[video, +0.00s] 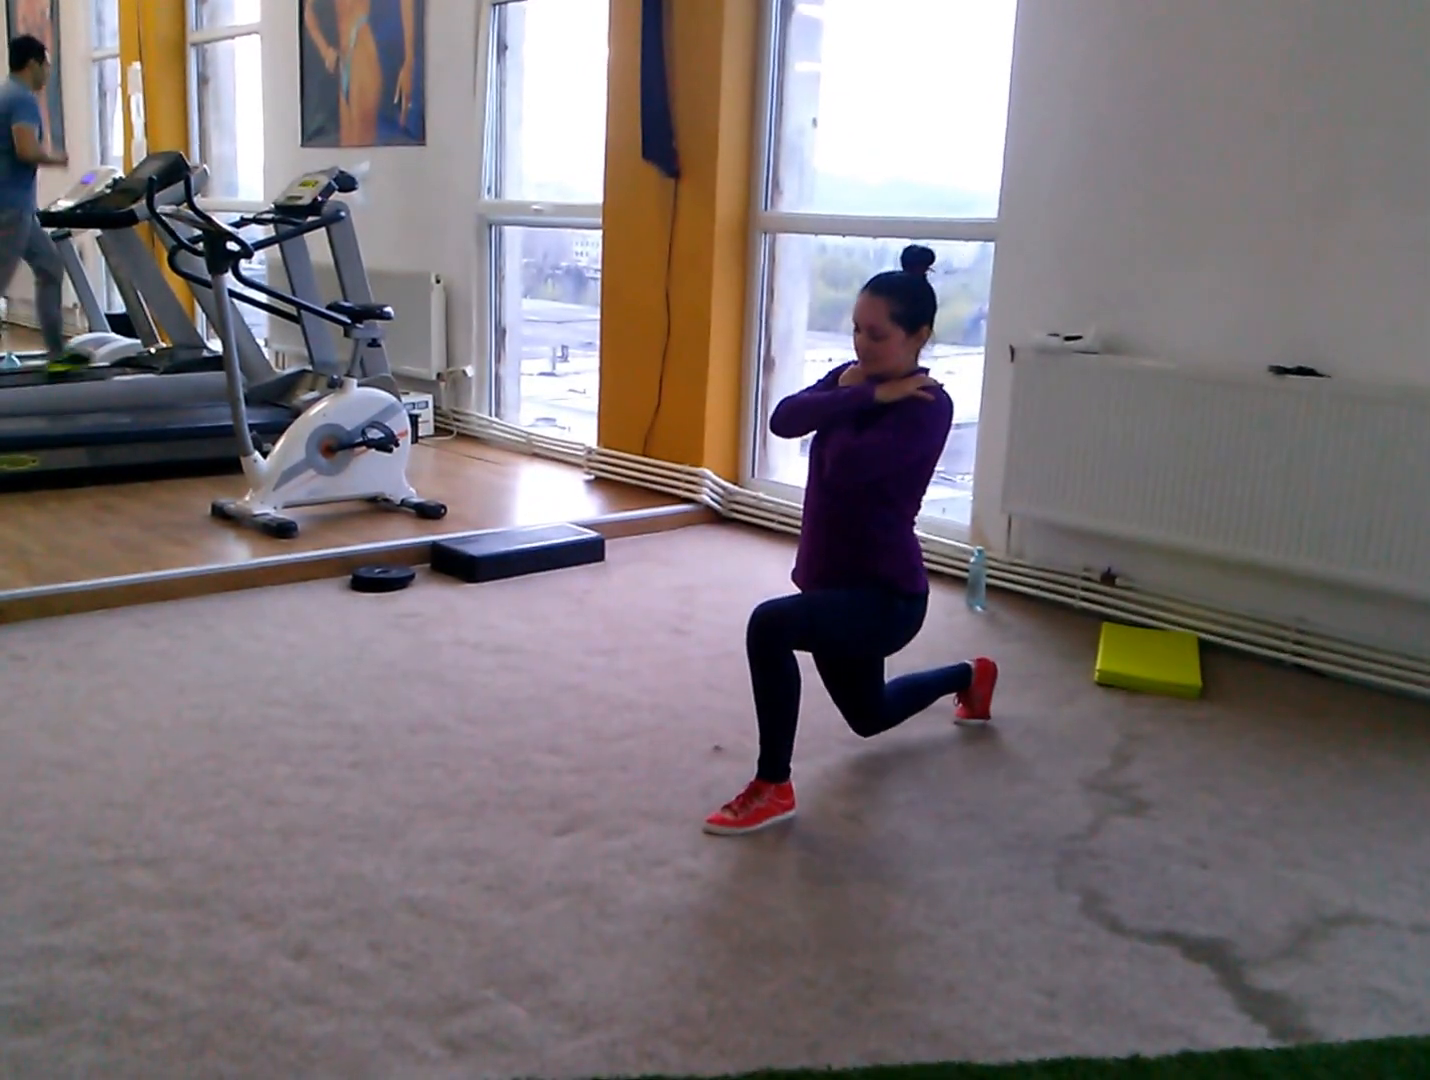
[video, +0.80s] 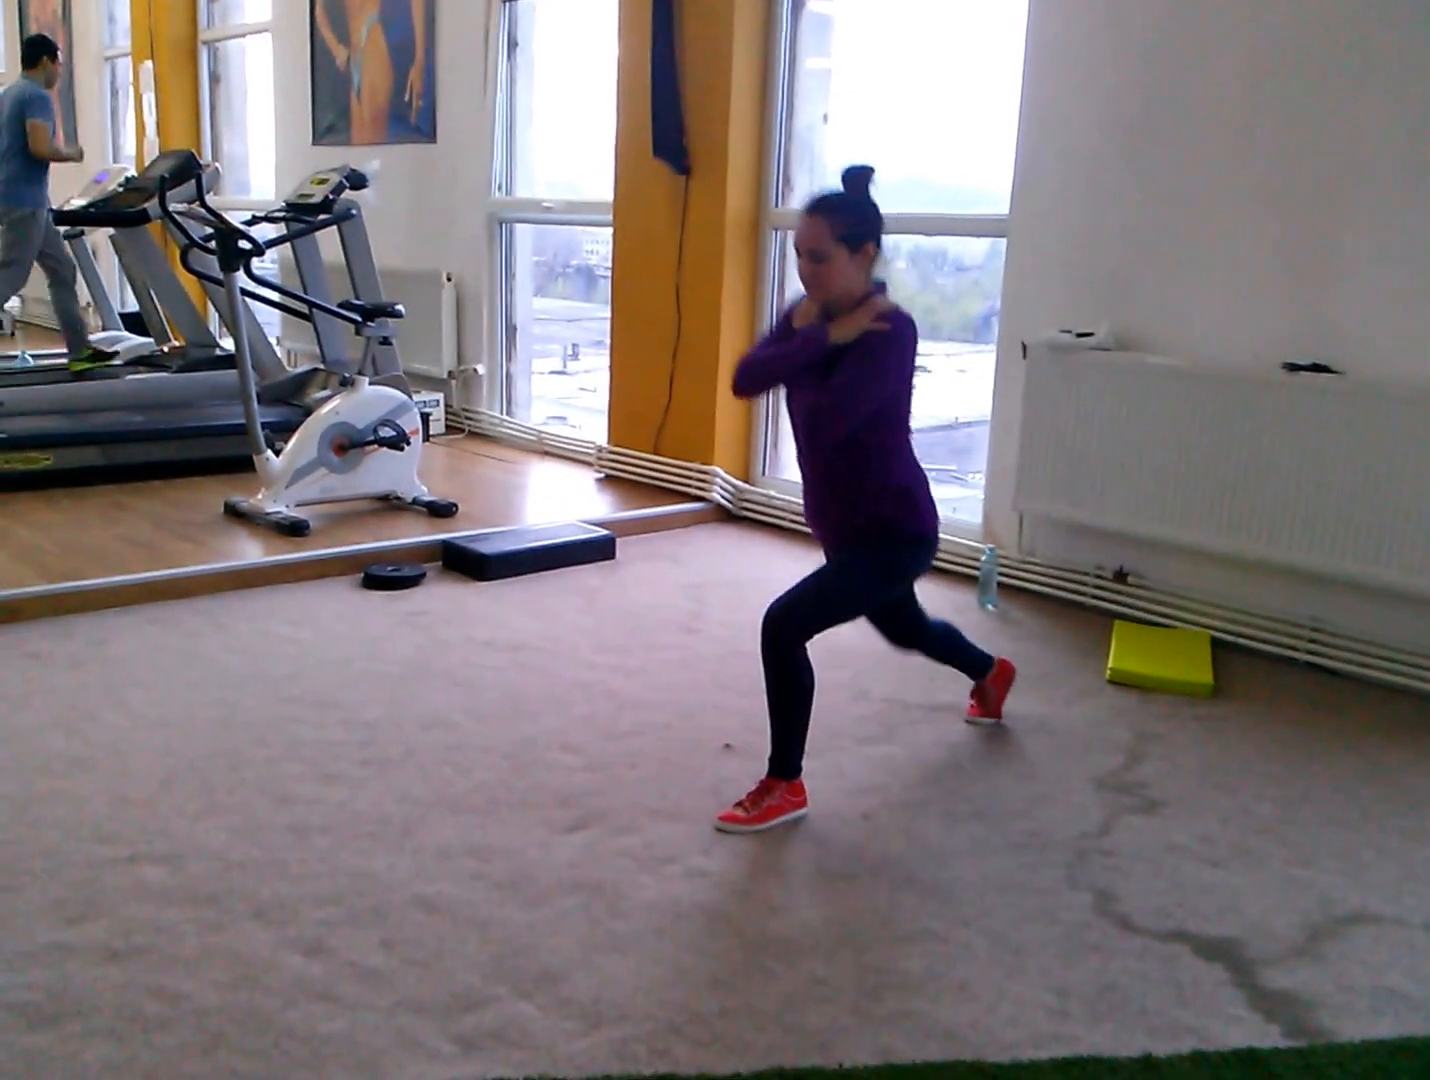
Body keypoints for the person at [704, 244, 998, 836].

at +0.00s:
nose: (859, 345)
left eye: (873, 336)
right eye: (856, 331)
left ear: (917, 339)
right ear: (851, 325)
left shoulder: (929, 409)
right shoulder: (848, 379)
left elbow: (851, 467)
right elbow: (783, 420)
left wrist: (833, 408)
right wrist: (873, 393)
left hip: (886, 598)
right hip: (826, 588)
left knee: (769, 626)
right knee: (868, 714)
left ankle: (772, 785)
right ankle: (970, 678)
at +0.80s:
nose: (806, 271)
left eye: (819, 257)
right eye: (801, 258)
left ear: (866, 256)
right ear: (800, 258)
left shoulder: (891, 335)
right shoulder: (803, 317)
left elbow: (830, 421)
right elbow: (743, 381)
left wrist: (795, 345)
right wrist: (828, 336)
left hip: (895, 537)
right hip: (844, 533)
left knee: (784, 625)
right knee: (909, 629)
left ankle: (784, 783)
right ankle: (988, 670)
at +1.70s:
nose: (894, 310)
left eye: (910, 299)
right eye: (891, 295)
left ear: (951, 307)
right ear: (886, 294)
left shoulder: (955, 382)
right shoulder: (875, 356)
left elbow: (884, 455)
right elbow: (811, 405)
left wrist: (870, 374)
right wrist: (896, 371)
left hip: (938, 578)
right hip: (881, 569)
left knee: (822, 622)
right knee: (943, 670)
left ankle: (813, 785)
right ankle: (1034, 666)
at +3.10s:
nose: (793, 247)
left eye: (810, 235)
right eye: (791, 232)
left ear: (857, 247)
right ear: (787, 239)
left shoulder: (873, 324)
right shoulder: (785, 316)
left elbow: (830, 432)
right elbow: (736, 396)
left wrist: (787, 346)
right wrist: (811, 336)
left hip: (933, 518)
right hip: (884, 523)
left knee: (830, 645)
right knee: (919, 647)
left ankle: (840, 805)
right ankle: (1001, 672)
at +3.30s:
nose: (790, 172)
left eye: (808, 162)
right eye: (789, 160)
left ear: (856, 181)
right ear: (793, 173)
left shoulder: (868, 266)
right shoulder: (787, 256)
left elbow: (804, 362)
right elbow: (719, 329)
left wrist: (778, 284)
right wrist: (780, 273)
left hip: (898, 492)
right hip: (835, 490)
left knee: (822, 646)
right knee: (797, 640)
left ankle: (845, 807)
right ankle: (907, 694)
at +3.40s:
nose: (794, 154)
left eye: (812, 143)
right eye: (792, 142)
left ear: (859, 159)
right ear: (792, 155)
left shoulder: (870, 245)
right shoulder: (787, 237)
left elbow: (793, 337)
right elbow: (716, 302)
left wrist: (772, 264)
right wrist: (792, 243)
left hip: (878, 490)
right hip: (813, 484)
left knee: (816, 657)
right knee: (749, 631)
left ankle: (850, 808)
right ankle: (827, 734)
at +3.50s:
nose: (790, 147)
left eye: (809, 135)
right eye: (790, 133)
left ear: (859, 152)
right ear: (796, 146)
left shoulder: (871, 238)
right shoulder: (793, 236)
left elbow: (790, 323)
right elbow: (710, 287)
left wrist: (768, 252)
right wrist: (798, 237)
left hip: (854, 492)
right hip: (785, 484)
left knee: (804, 661)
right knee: (713, 628)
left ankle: (850, 808)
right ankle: (730, 787)